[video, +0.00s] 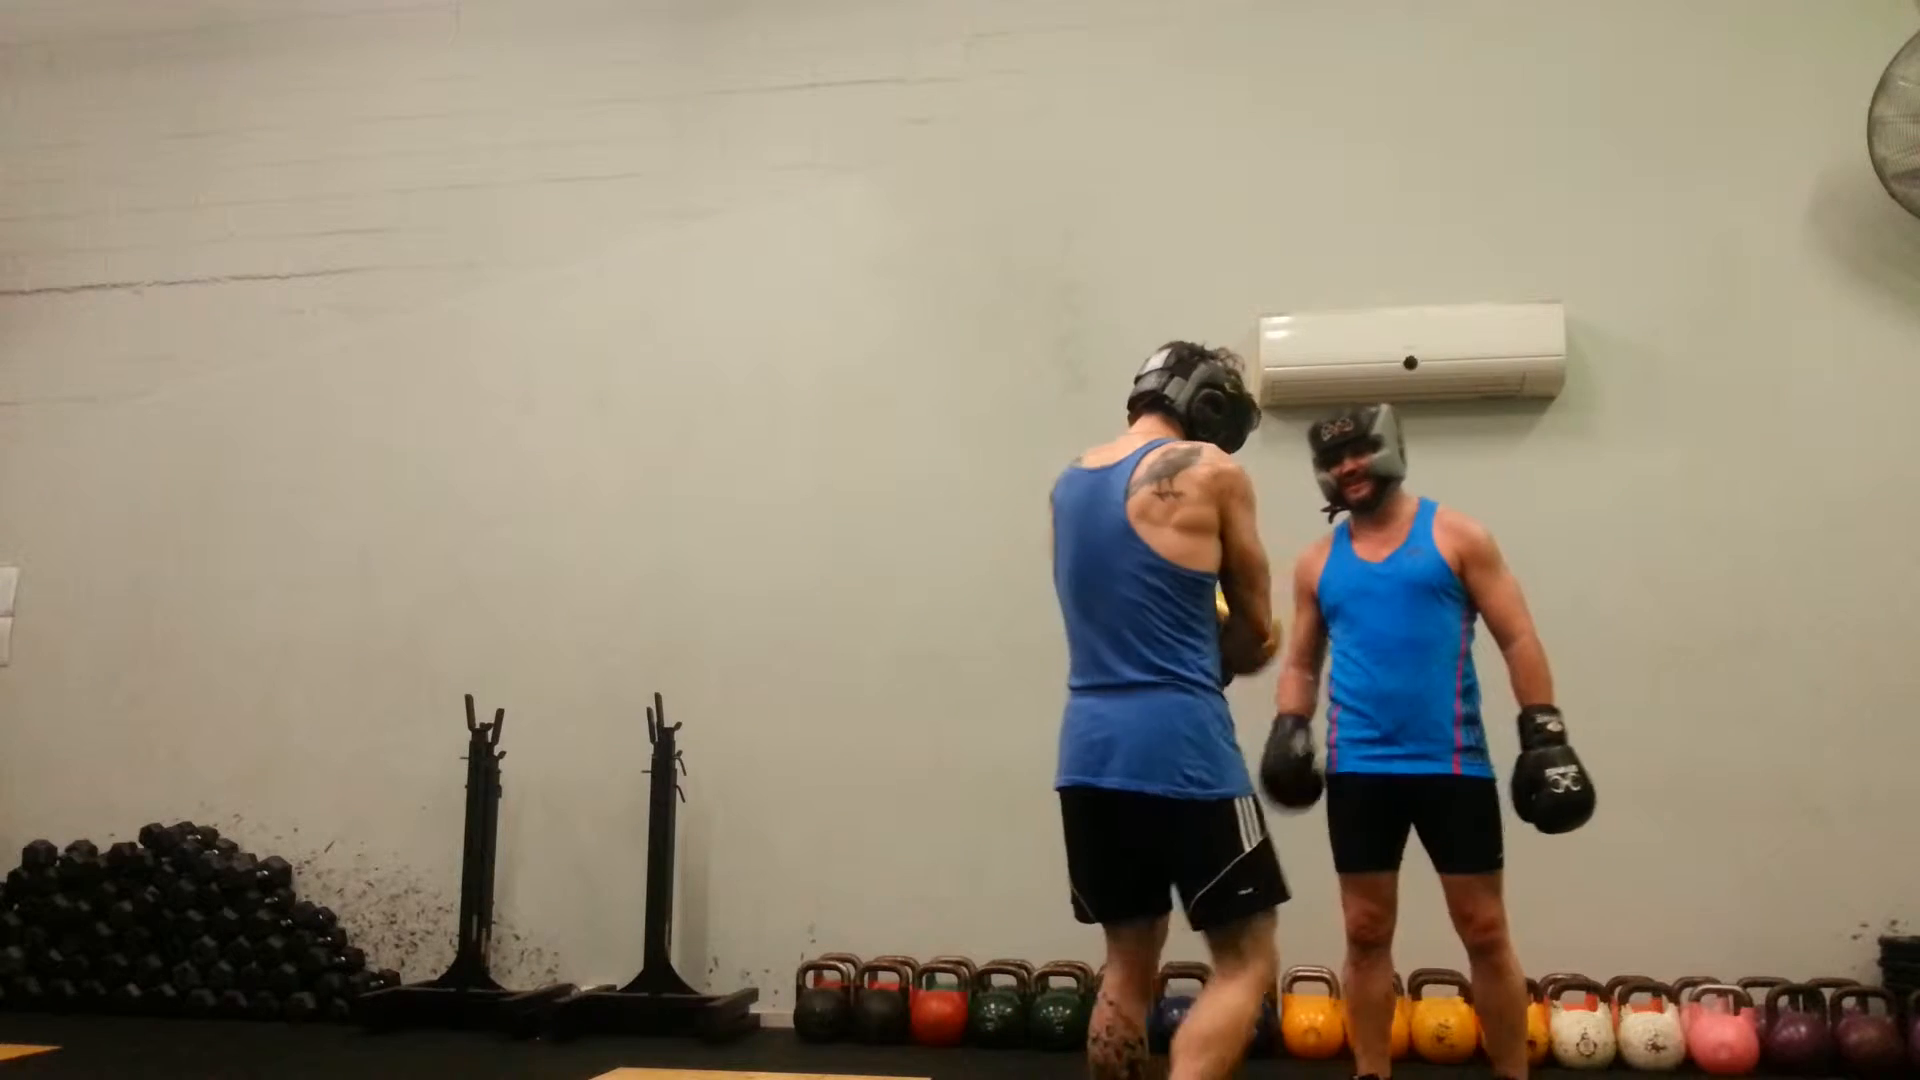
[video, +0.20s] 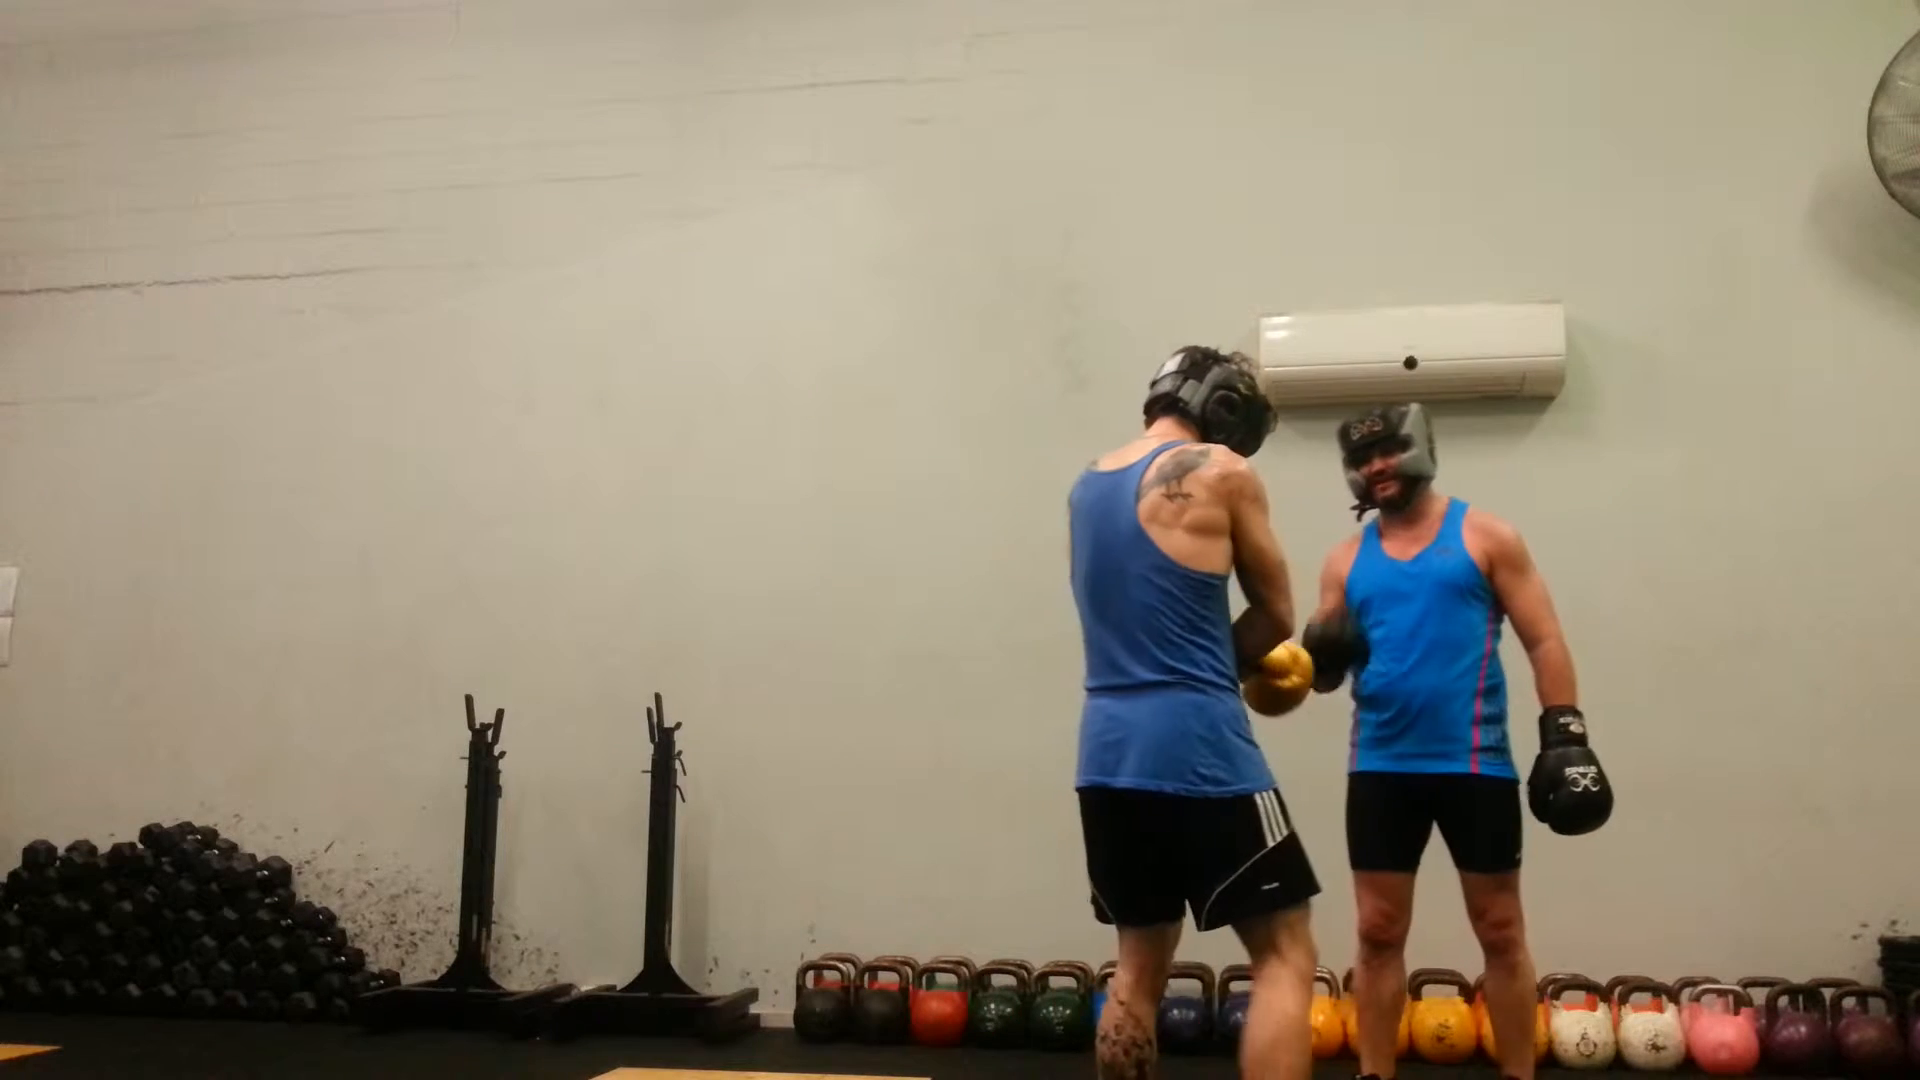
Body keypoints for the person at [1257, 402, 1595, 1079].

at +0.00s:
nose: (1352, 468)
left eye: (1364, 452)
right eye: (1336, 460)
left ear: (1394, 453)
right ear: (1323, 474)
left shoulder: (1458, 537)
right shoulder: (1317, 563)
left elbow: (1516, 636)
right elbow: (1300, 663)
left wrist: (1545, 735)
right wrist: (1290, 729)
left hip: (1452, 767)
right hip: (1358, 772)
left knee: (1485, 932)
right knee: (1365, 934)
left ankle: (1512, 1073)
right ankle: (1371, 1073)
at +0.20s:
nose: (1380, 466)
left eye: (1393, 449)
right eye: (1364, 457)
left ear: (1424, 452)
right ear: (1351, 472)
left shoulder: (1487, 537)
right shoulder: (1345, 559)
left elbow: (1543, 639)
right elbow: (1323, 671)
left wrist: (1564, 737)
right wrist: (1326, 651)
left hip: (1475, 765)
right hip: (1382, 769)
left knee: (1500, 932)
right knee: (1377, 931)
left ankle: (1519, 1074)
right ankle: (1375, 1075)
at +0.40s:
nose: (1407, 465)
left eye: (1421, 449)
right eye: (1393, 455)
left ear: (1452, 452)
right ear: (1380, 469)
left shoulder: (1509, 538)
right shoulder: (1376, 546)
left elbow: (1563, 643)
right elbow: (1333, 657)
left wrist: (1576, 738)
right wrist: (1354, 583)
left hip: (1496, 765)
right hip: (1402, 767)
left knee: (1512, 932)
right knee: (1389, 932)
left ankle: (1523, 1073)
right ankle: (1379, 1074)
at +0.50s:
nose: (1418, 464)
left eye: (1432, 449)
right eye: (1403, 453)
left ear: (1463, 453)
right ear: (1389, 467)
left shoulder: (1519, 540)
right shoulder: (1386, 547)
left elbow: (1572, 645)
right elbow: (1339, 646)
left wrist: (1584, 742)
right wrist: (1366, 562)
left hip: (1503, 765)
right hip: (1411, 767)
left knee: (1517, 932)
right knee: (1394, 932)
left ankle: (1525, 1074)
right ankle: (1380, 1073)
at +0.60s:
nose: (1428, 468)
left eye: (1442, 453)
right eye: (1414, 456)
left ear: (1473, 457)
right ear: (1399, 464)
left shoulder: (1528, 543)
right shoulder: (1393, 545)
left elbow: (1577, 647)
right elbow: (1347, 642)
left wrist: (1591, 744)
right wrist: (1386, 542)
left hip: (1509, 767)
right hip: (1415, 768)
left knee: (1520, 932)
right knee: (1397, 934)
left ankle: (1525, 1074)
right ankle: (1382, 1074)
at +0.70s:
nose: (1434, 474)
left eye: (1447, 460)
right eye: (1421, 462)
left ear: (1478, 463)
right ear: (1404, 469)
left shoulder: (1533, 545)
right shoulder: (1399, 548)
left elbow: (1583, 652)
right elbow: (1351, 624)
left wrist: (1600, 749)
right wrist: (1396, 510)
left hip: (1515, 766)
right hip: (1420, 767)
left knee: (1523, 934)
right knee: (1398, 940)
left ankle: (1527, 1073)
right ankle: (1382, 1075)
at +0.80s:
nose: (1441, 476)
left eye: (1452, 462)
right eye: (1429, 463)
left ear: (1479, 464)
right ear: (1412, 472)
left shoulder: (1539, 547)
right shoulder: (1404, 548)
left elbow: (1586, 655)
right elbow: (1359, 643)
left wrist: (1608, 754)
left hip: (1517, 768)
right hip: (1421, 767)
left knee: (1524, 933)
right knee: (1403, 935)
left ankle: (1526, 1073)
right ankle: (1382, 1070)